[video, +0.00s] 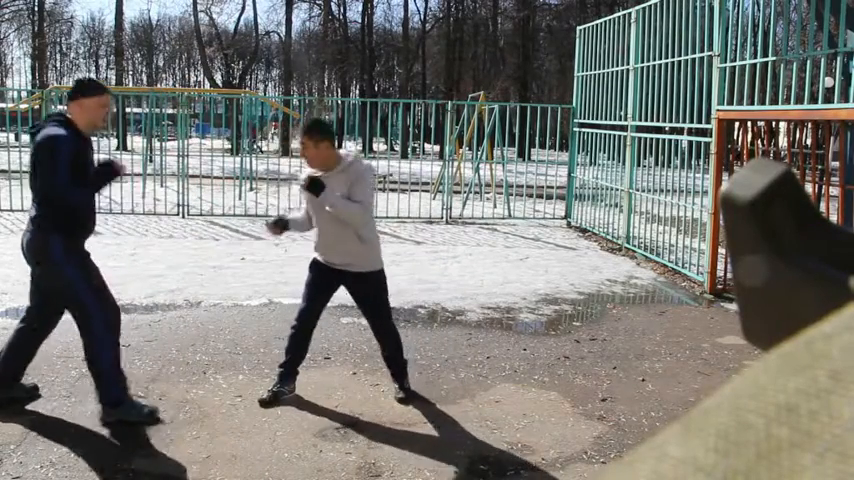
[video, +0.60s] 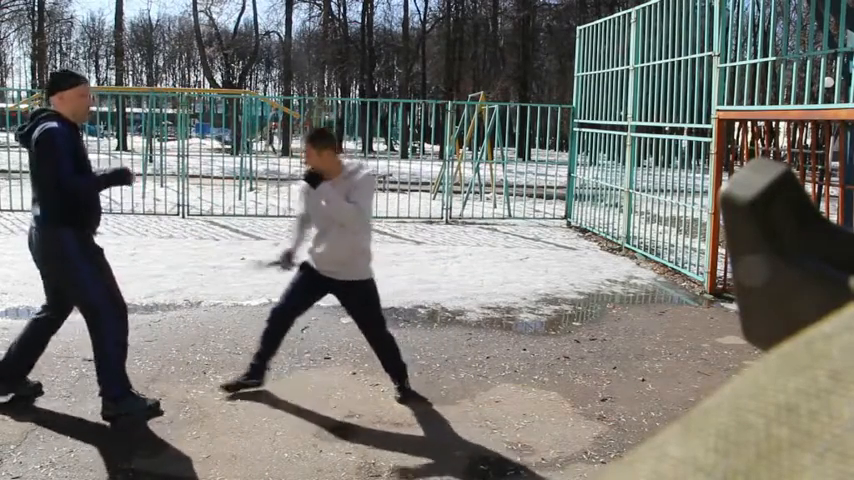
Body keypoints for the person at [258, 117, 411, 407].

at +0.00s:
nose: (304, 154)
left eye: (308, 147)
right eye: (302, 147)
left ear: (328, 146)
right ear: (309, 148)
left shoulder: (360, 171)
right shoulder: (313, 179)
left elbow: (361, 217)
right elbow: (310, 219)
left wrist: (324, 195)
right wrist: (286, 223)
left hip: (364, 266)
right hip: (326, 263)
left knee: (383, 327)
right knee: (304, 320)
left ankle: (401, 381)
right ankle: (285, 381)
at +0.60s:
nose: (306, 159)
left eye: (310, 154)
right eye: (306, 154)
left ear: (329, 153)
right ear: (322, 154)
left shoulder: (362, 178)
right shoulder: (311, 183)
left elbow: (356, 220)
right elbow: (305, 220)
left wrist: (322, 189)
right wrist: (292, 248)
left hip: (354, 274)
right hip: (317, 269)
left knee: (377, 333)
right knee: (280, 316)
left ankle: (402, 383)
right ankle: (255, 374)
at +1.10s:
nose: (209, 180)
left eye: (211, 173)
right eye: (206, 175)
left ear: (230, 167)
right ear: (214, 174)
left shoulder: (269, 176)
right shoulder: (214, 206)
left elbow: (297, 209)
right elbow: (177, 227)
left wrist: (256, 191)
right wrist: (137, 244)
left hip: (305, 259)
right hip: (267, 263)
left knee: (335, 318)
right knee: (246, 319)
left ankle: (365, 373)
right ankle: (239, 379)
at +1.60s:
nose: (253, 152)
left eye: (256, 146)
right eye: (253, 147)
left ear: (274, 144)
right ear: (272, 145)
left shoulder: (311, 171)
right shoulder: (277, 176)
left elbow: (309, 217)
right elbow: (281, 219)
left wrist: (270, 194)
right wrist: (253, 225)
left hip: (318, 267)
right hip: (283, 263)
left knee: (335, 327)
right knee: (256, 314)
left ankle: (359, 376)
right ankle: (240, 376)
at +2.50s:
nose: (182, 153)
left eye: (185, 147)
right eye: (182, 147)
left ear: (203, 145)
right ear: (199, 147)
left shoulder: (245, 169)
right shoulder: (189, 183)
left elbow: (258, 210)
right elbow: (165, 214)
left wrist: (214, 195)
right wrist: (130, 238)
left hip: (267, 259)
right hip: (230, 260)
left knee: (289, 318)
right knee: (209, 313)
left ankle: (317, 370)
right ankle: (199, 374)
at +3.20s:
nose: (240, 150)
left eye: (242, 144)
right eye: (238, 145)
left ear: (260, 140)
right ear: (252, 143)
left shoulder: (289, 173)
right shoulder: (253, 171)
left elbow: (263, 210)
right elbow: (236, 206)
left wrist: (239, 170)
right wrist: (215, 182)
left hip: (276, 268)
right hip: (244, 261)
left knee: (286, 330)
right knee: (209, 306)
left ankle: (315, 375)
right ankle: (206, 369)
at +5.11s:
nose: (204, 179)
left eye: (209, 172)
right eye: (198, 173)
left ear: (221, 166)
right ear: (191, 173)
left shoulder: (246, 177)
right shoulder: (184, 185)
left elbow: (258, 218)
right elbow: (166, 173)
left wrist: (218, 207)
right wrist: (152, 151)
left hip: (268, 246)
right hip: (231, 250)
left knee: (291, 309)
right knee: (211, 308)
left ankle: (309, 372)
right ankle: (207, 364)